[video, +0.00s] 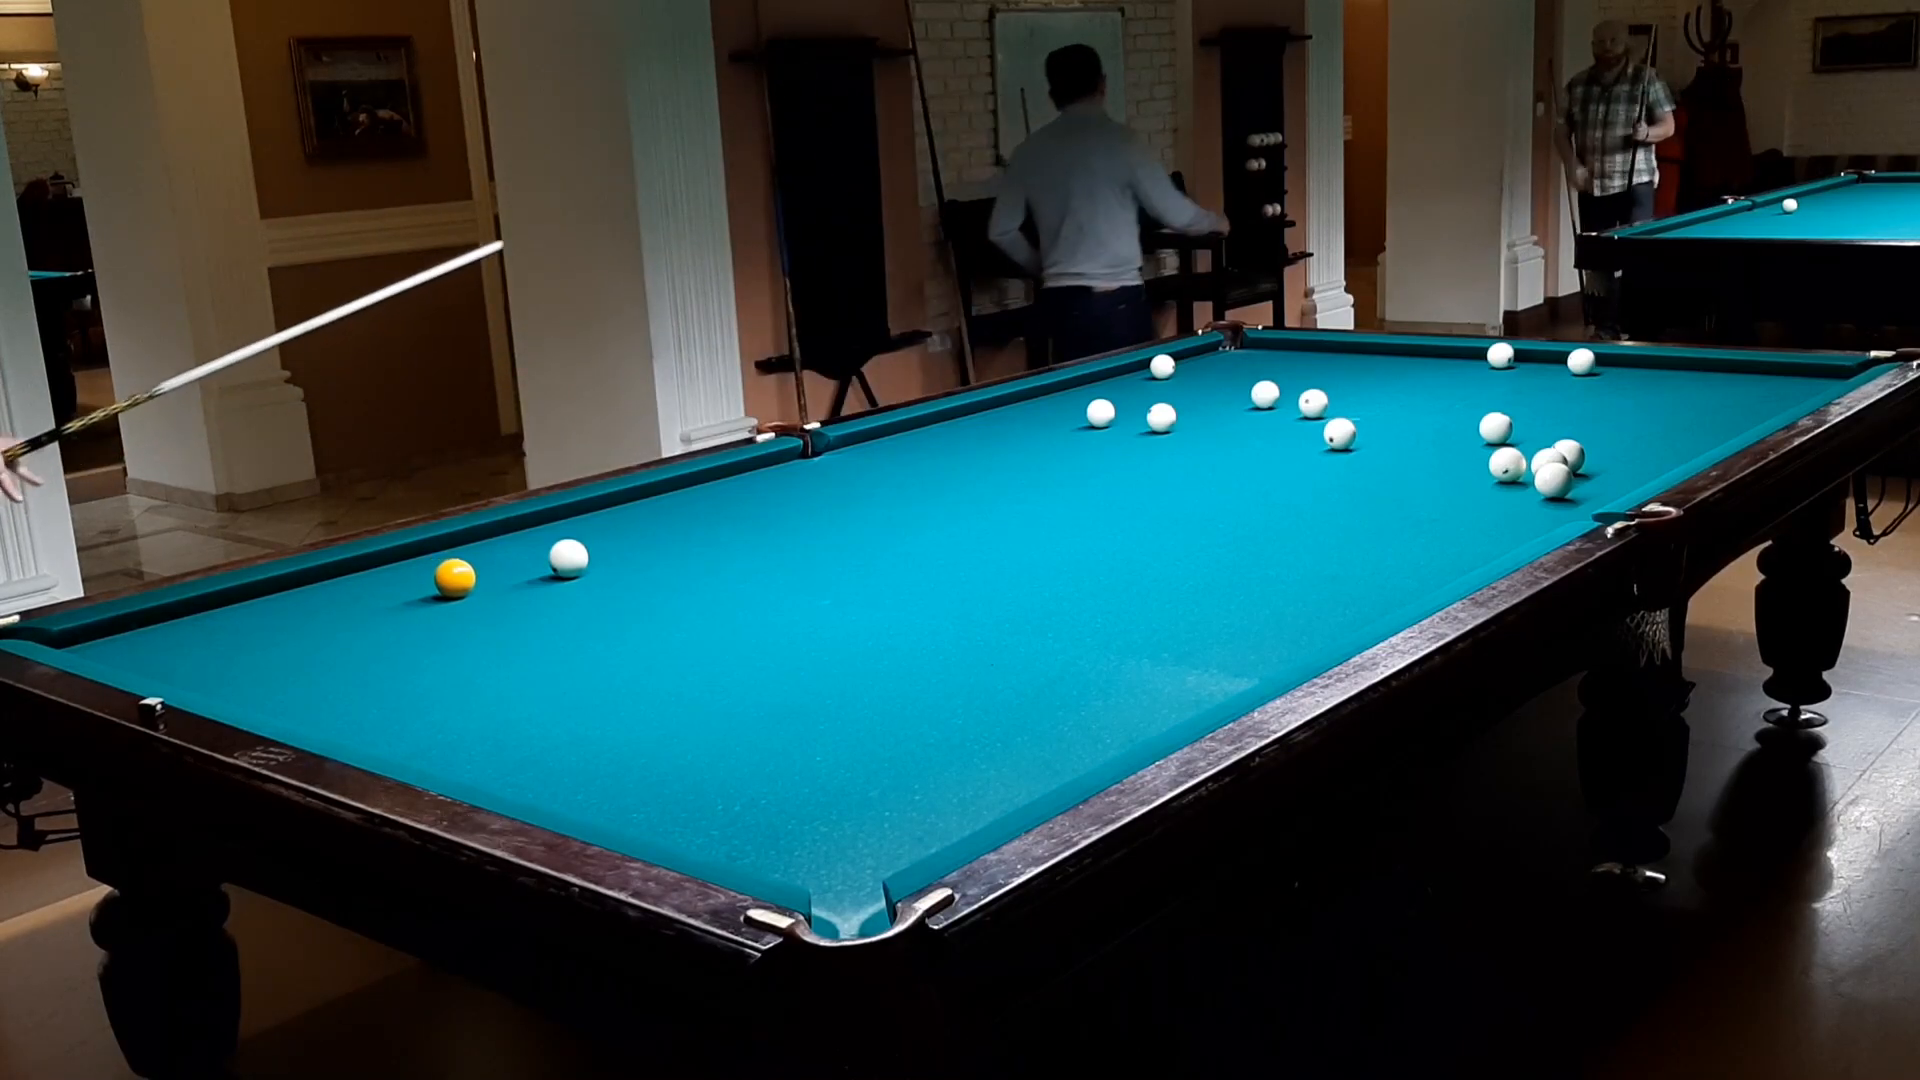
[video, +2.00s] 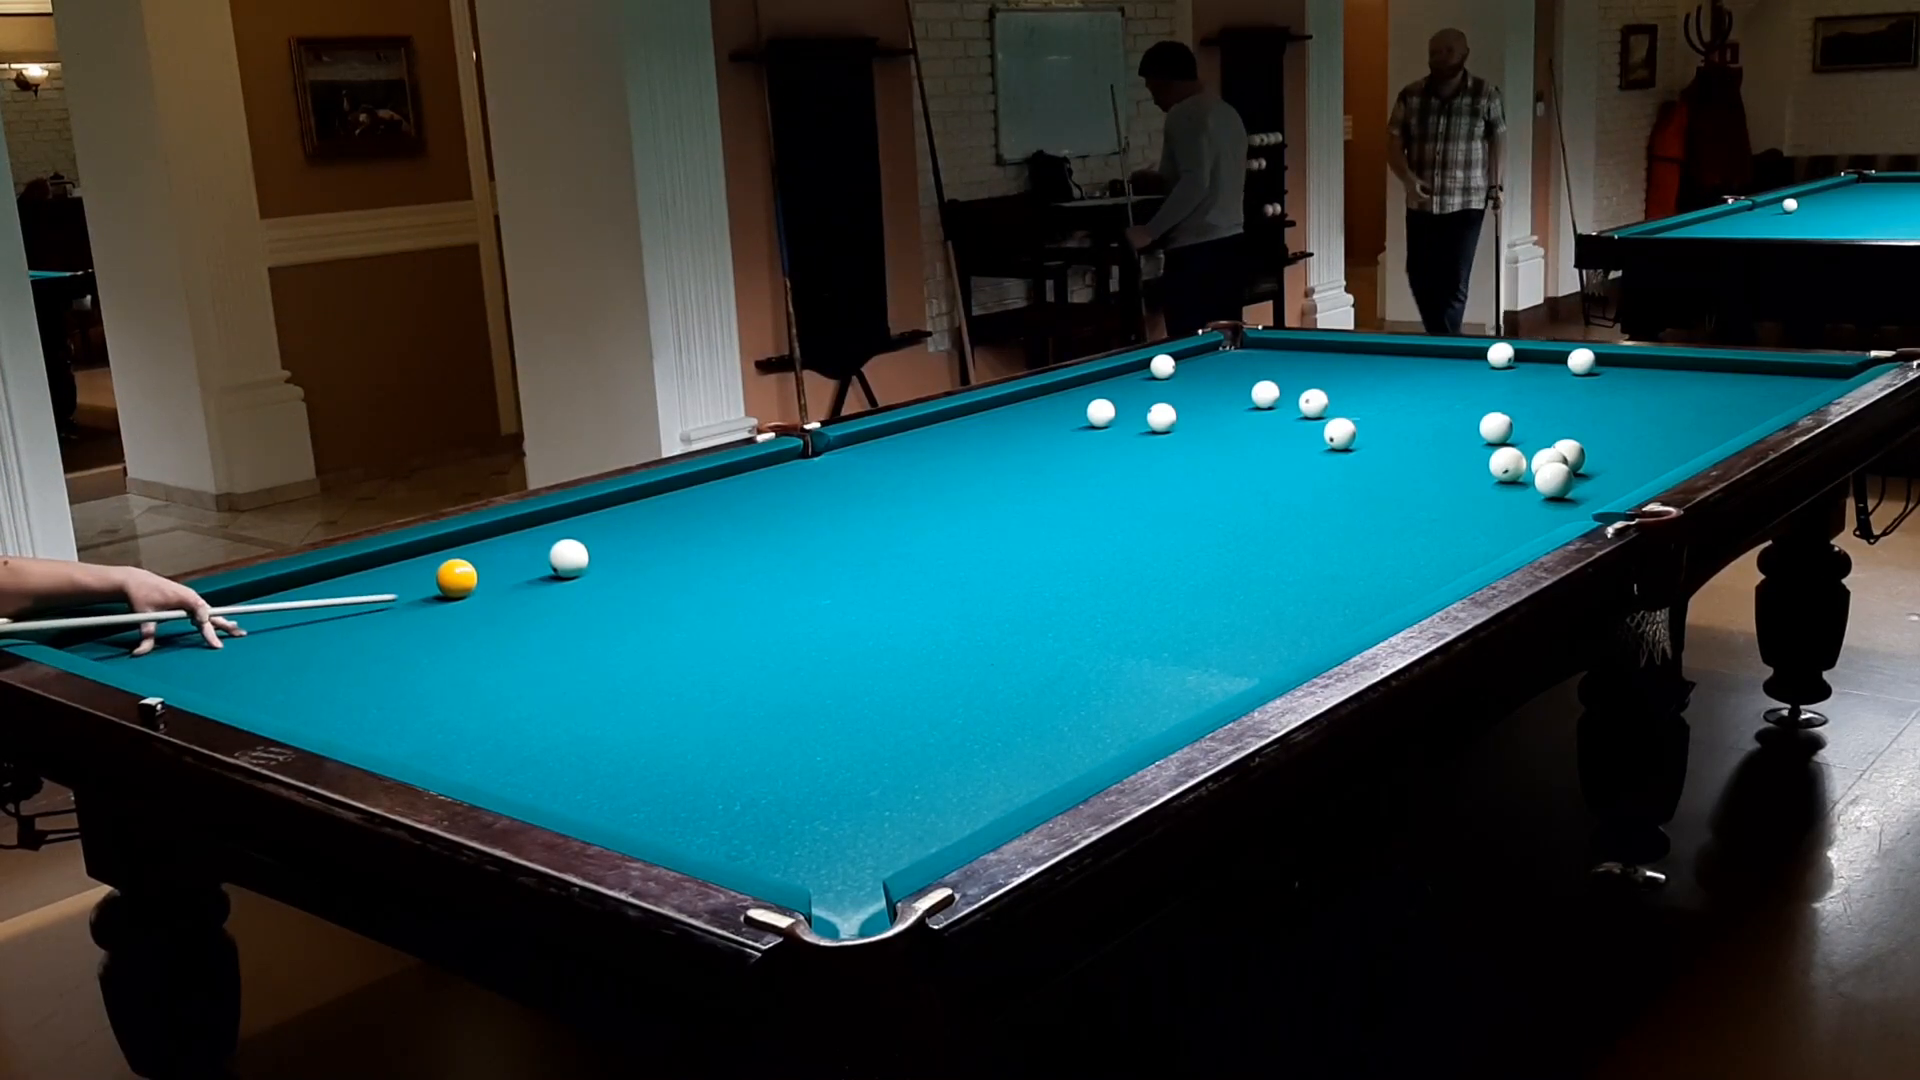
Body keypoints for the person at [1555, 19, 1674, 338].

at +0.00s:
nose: (1607, 48)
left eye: (1613, 42)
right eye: (1600, 42)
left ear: (1625, 44)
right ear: (1592, 45)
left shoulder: (1646, 79)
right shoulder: (1577, 85)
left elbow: (1667, 126)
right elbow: (1561, 133)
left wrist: (1649, 133)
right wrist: (1574, 166)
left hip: (1634, 185)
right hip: (1592, 187)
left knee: (1633, 255)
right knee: (1596, 258)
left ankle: (1633, 325)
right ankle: (1602, 325)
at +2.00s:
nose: (1439, 58)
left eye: (1447, 52)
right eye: (1434, 52)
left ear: (1464, 55)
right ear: (1428, 55)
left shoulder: (1485, 94)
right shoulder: (1411, 95)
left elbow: (1497, 141)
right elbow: (1393, 145)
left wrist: (1495, 185)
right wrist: (1409, 179)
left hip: (1465, 205)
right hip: (1422, 205)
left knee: (1454, 278)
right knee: (1419, 274)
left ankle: (1447, 345)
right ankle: (1438, 339)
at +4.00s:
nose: (1401, 71)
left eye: (1400, 64)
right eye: (1395, 65)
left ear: (1380, 70)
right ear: (1373, 69)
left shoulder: (1393, 105)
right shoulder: (1355, 109)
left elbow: (1388, 153)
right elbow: (1347, 169)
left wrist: (1416, 154)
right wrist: (1398, 162)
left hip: (1389, 218)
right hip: (1363, 217)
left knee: (1409, 289)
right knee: (1367, 293)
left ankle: (1431, 354)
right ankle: (1364, 362)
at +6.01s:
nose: (1403, 82)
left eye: (1405, 75)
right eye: (1397, 75)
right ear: (1377, 71)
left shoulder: (1394, 105)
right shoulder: (1355, 107)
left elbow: (1390, 155)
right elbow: (1350, 168)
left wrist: (1416, 154)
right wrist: (1402, 156)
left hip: (1390, 217)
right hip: (1363, 215)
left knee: (1404, 289)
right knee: (1366, 291)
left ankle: (1425, 352)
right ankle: (1363, 358)